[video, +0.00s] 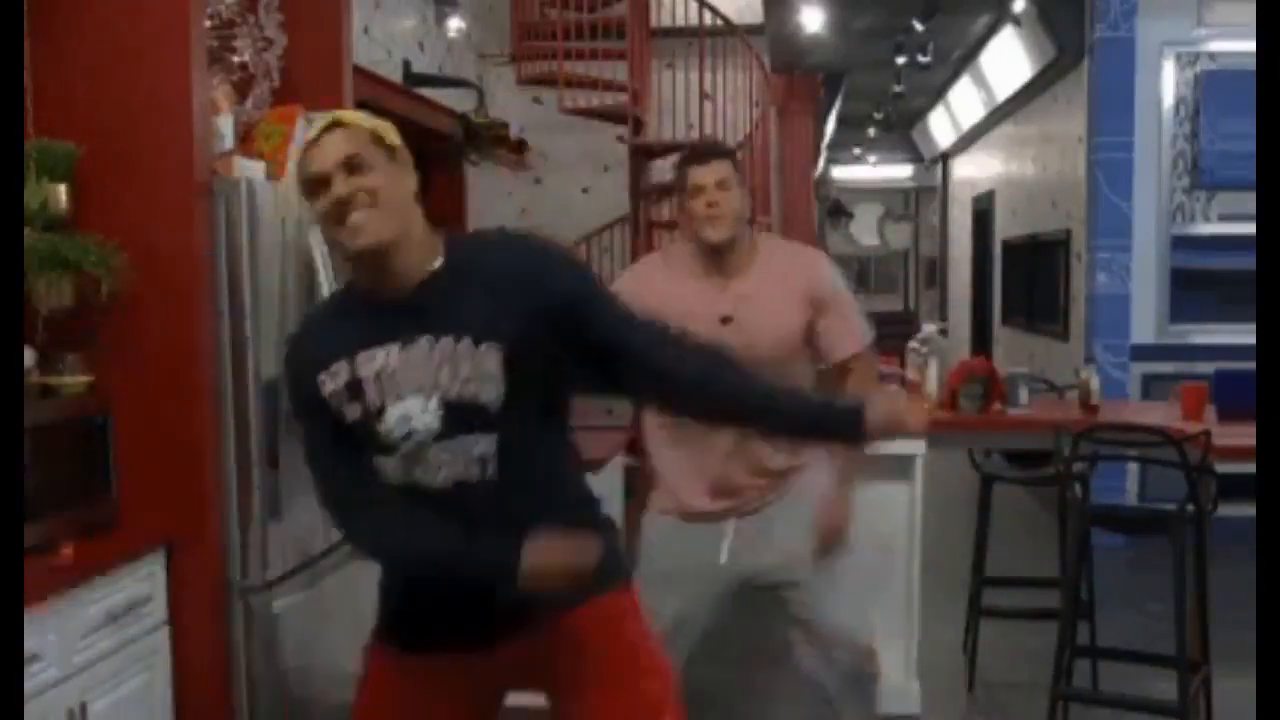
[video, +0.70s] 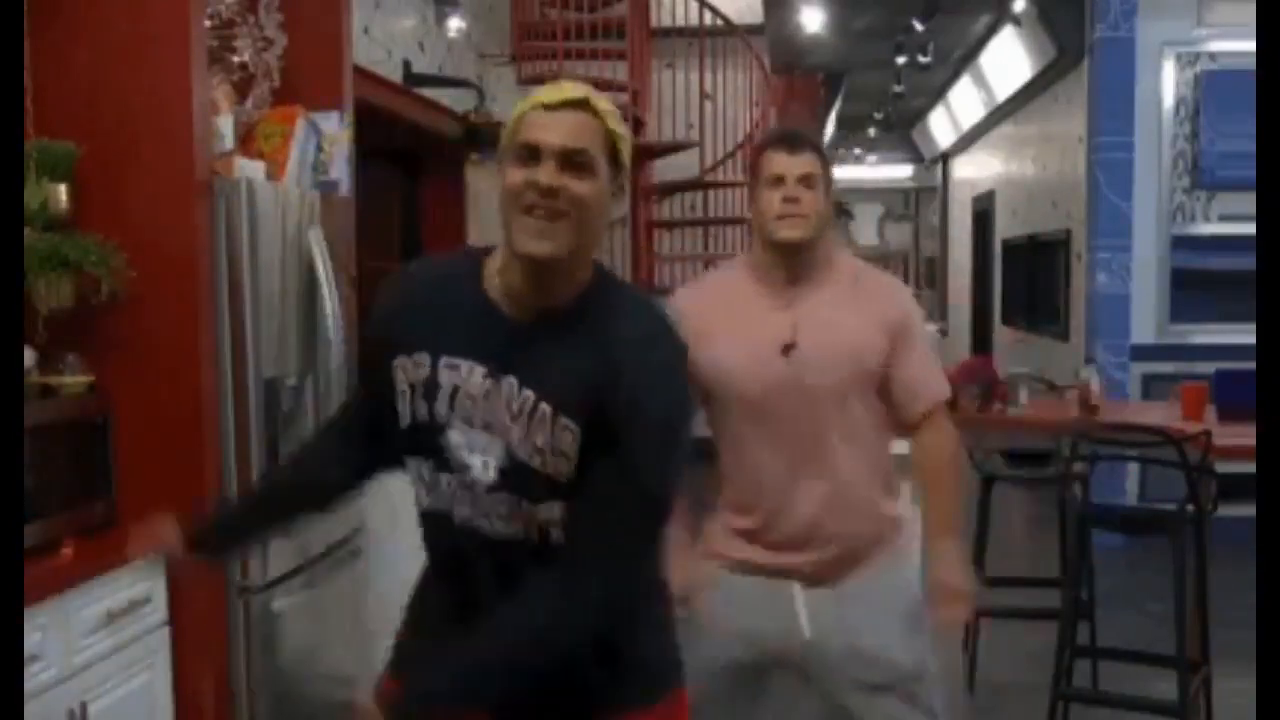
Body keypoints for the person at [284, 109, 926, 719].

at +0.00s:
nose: (340, 192)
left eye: (357, 168)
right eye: (320, 187)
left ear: (410, 175)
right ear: (316, 218)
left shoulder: (522, 272)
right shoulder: (317, 349)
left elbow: (670, 367)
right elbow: (362, 514)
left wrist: (855, 417)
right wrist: (509, 555)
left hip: (577, 604)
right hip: (429, 628)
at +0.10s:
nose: (446, 191)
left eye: (463, 167)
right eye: (424, 181)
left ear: (514, 171)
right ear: (411, 208)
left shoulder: (613, 281)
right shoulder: (396, 349)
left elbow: (757, 354)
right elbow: (428, 524)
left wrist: (926, 362)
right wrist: (517, 456)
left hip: (634, 638)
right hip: (478, 651)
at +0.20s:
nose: (786, 235)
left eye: (801, 224)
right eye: (774, 222)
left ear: (821, 238)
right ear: (755, 234)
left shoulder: (871, 312)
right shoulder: (721, 321)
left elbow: (958, 361)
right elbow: (708, 442)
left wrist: (989, 372)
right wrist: (758, 522)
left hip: (870, 544)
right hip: (763, 539)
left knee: (918, 697)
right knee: (725, 692)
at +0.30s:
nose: (796, 213)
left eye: (811, 195)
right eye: (776, 203)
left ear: (839, 208)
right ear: (757, 227)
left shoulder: (919, 277)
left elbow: (1029, 342)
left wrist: (1061, 319)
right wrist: (890, 471)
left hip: (932, 587)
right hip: (795, 586)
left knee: (968, 708)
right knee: (742, 707)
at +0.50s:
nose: (823, 195)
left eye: (838, 180)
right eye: (805, 182)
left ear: (860, 195)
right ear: (780, 203)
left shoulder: (927, 287)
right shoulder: (737, 316)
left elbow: (993, 390)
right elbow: (736, 454)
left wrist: (1067, 409)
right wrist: (855, 516)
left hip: (925, 573)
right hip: (797, 575)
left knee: (952, 711)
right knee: (778, 713)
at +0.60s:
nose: (822, 208)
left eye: (838, 195)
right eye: (804, 196)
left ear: (860, 211)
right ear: (779, 217)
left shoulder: (925, 309)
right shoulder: (733, 329)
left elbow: (985, 430)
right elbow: (727, 463)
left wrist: (1065, 487)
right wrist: (814, 556)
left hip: (912, 571)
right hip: (776, 572)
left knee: (947, 705)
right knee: (742, 703)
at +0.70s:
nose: (791, 195)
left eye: (807, 183)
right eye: (775, 184)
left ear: (830, 201)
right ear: (751, 203)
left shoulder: (883, 300)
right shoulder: (694, 309)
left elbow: (933, 426)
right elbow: (657, 443)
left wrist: (946, 555)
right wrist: (676, 551)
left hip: (869, 580)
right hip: (738, 580)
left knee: (895, 706)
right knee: (719, 709)